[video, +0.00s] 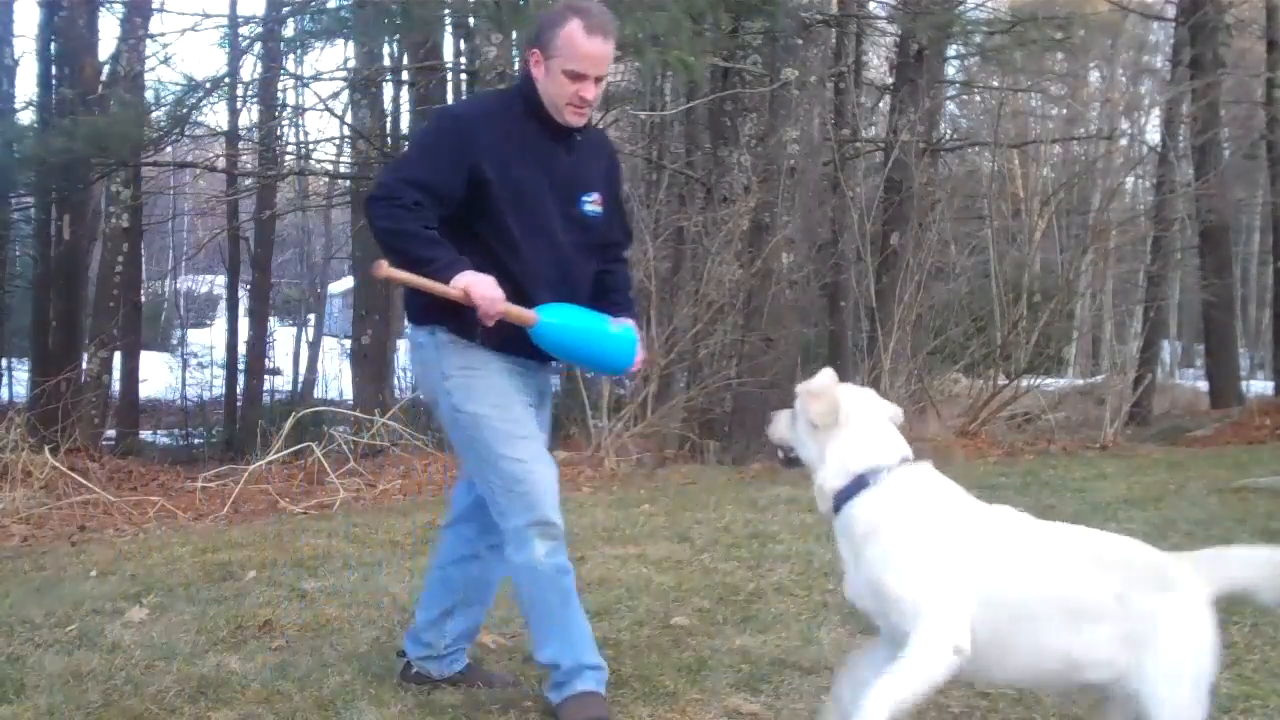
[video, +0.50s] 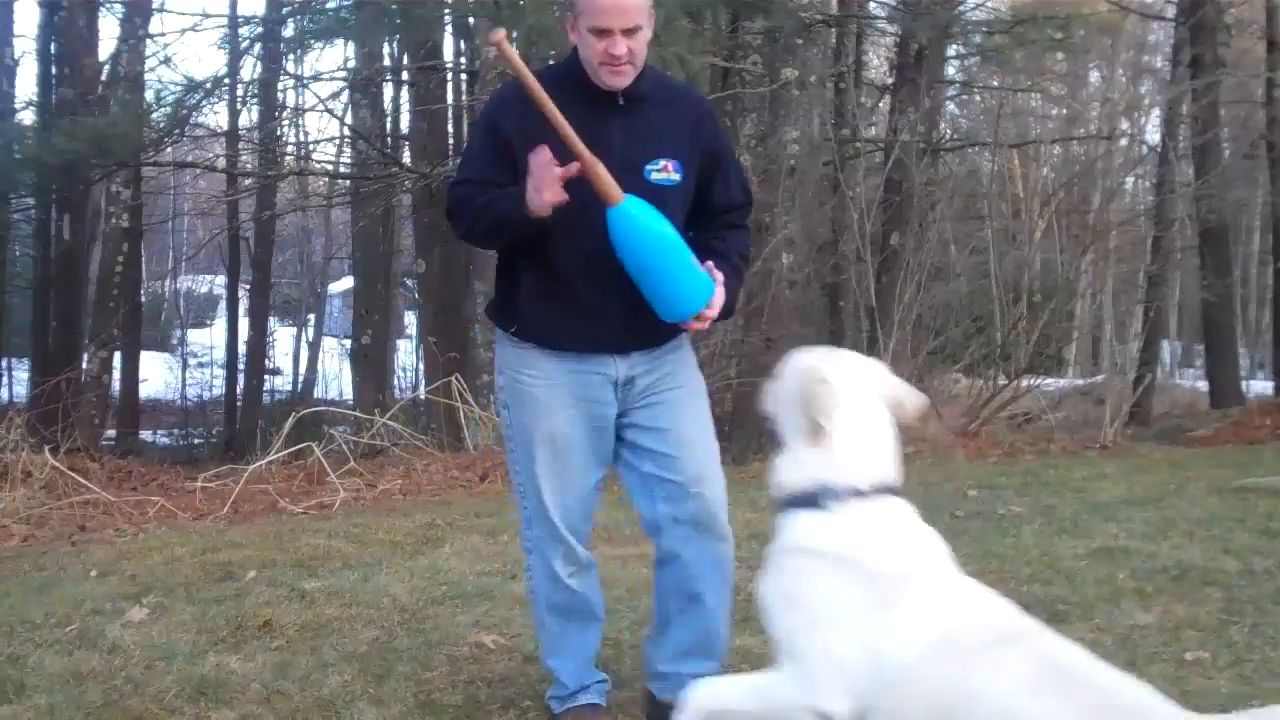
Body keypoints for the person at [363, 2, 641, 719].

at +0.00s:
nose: (589, 93)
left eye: (601, 79)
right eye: (575, 77)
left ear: (611, 74)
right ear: (536, 63)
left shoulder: (597, 153)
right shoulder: (470, 125)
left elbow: (608, 256)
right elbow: (392, 202)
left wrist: (621, 321)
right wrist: (455, 273)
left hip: (539, 355)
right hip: (463, 347)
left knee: (486, 509)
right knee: (534, 506)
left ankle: (433, 655)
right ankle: (576, 682)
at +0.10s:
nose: (594, 87)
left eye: (606, 73)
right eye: (580, 71)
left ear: (618, 68)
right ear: (541, 61)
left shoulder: (616, 146)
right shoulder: (482, 129)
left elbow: (633, 247)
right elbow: (407, 217)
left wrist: (647, 303)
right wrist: (479, 265)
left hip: (567, 356)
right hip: (486, 349)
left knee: (513, 508)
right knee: (554, 506)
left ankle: (440, 653)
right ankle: (578, 691)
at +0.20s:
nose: (601, 78)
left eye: (613, 62)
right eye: (585, 63)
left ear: (625, 52)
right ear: (548, 52)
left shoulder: (639, 136)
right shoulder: (495, 125)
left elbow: (662, 233)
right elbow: (422, 219)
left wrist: (671, 293)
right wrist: (498, 251)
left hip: (597, 356)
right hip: (510, 353)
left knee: (597, 513)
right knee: (555, 519)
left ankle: (470, 623)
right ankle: (575, 691)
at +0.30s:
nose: (605, 67)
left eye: (618, 51)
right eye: (588, 52)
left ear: (633, 43)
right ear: (556, 45)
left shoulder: (658, 126)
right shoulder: (504, 118)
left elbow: (686, 228)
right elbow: (436, 212)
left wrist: (693, 289)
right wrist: (515, 226)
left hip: (622, 356)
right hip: (523, 354)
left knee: (650, 503)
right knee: (554, 526)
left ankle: (533, 604)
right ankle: (576, 693)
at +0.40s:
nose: (612, 56)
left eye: (625, 40)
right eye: (596, 41)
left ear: (643, 33)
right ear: (563, 35)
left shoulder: (673, 119)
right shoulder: (513, 110)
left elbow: (707, 217)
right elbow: (454, 213)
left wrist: (706, 280)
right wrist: (517, 202)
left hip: (645, 356)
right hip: (537, 357)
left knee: (681, 500)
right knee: (557, 528)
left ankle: (613, 638)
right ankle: (576, 689)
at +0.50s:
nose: (617, 48)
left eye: (632, 31)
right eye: (601, 32)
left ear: (652, 26)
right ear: (572, 27)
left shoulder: (687, 112)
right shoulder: (519, 107)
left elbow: (728, 215)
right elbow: (465, 207)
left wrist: (717, 275)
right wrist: (522, 203)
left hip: (662, 354)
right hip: (548, 358)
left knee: (700, 516)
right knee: (558, 530)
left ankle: (685, 684)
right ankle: (576, 687)